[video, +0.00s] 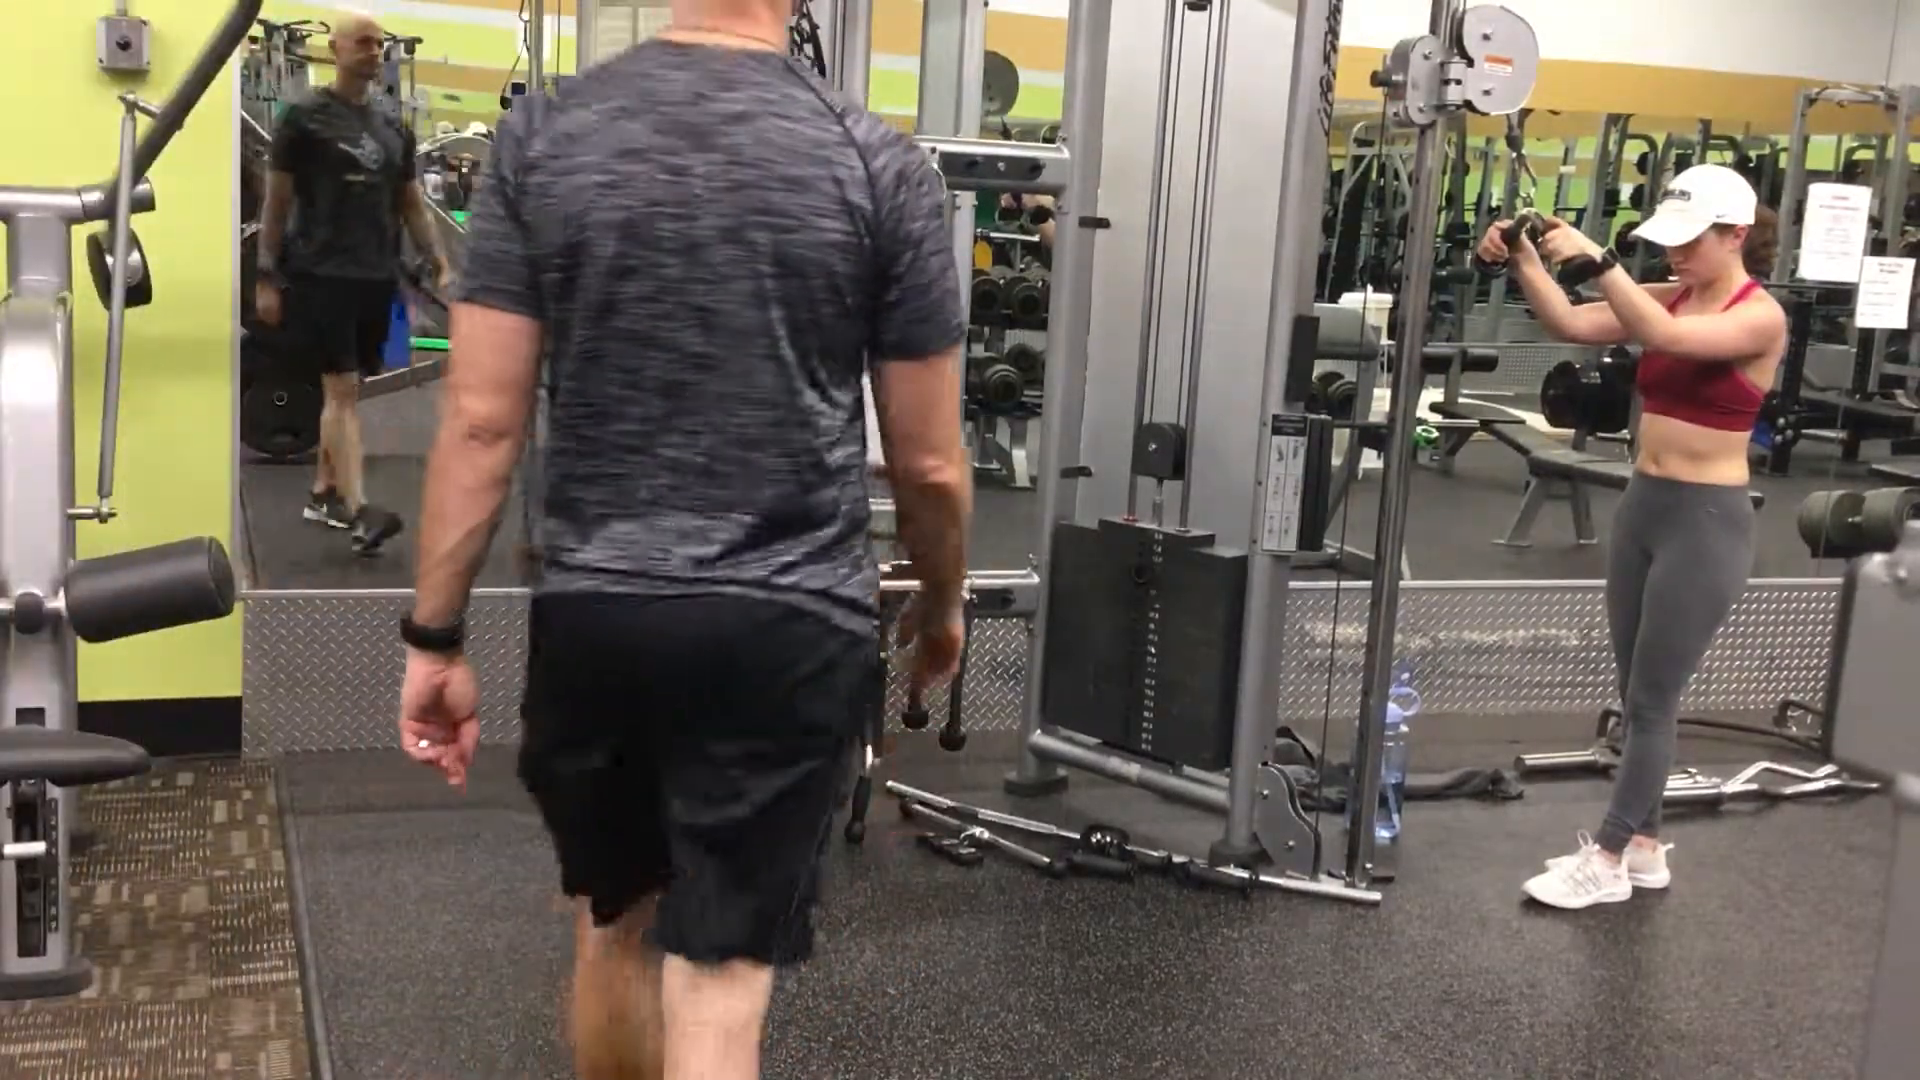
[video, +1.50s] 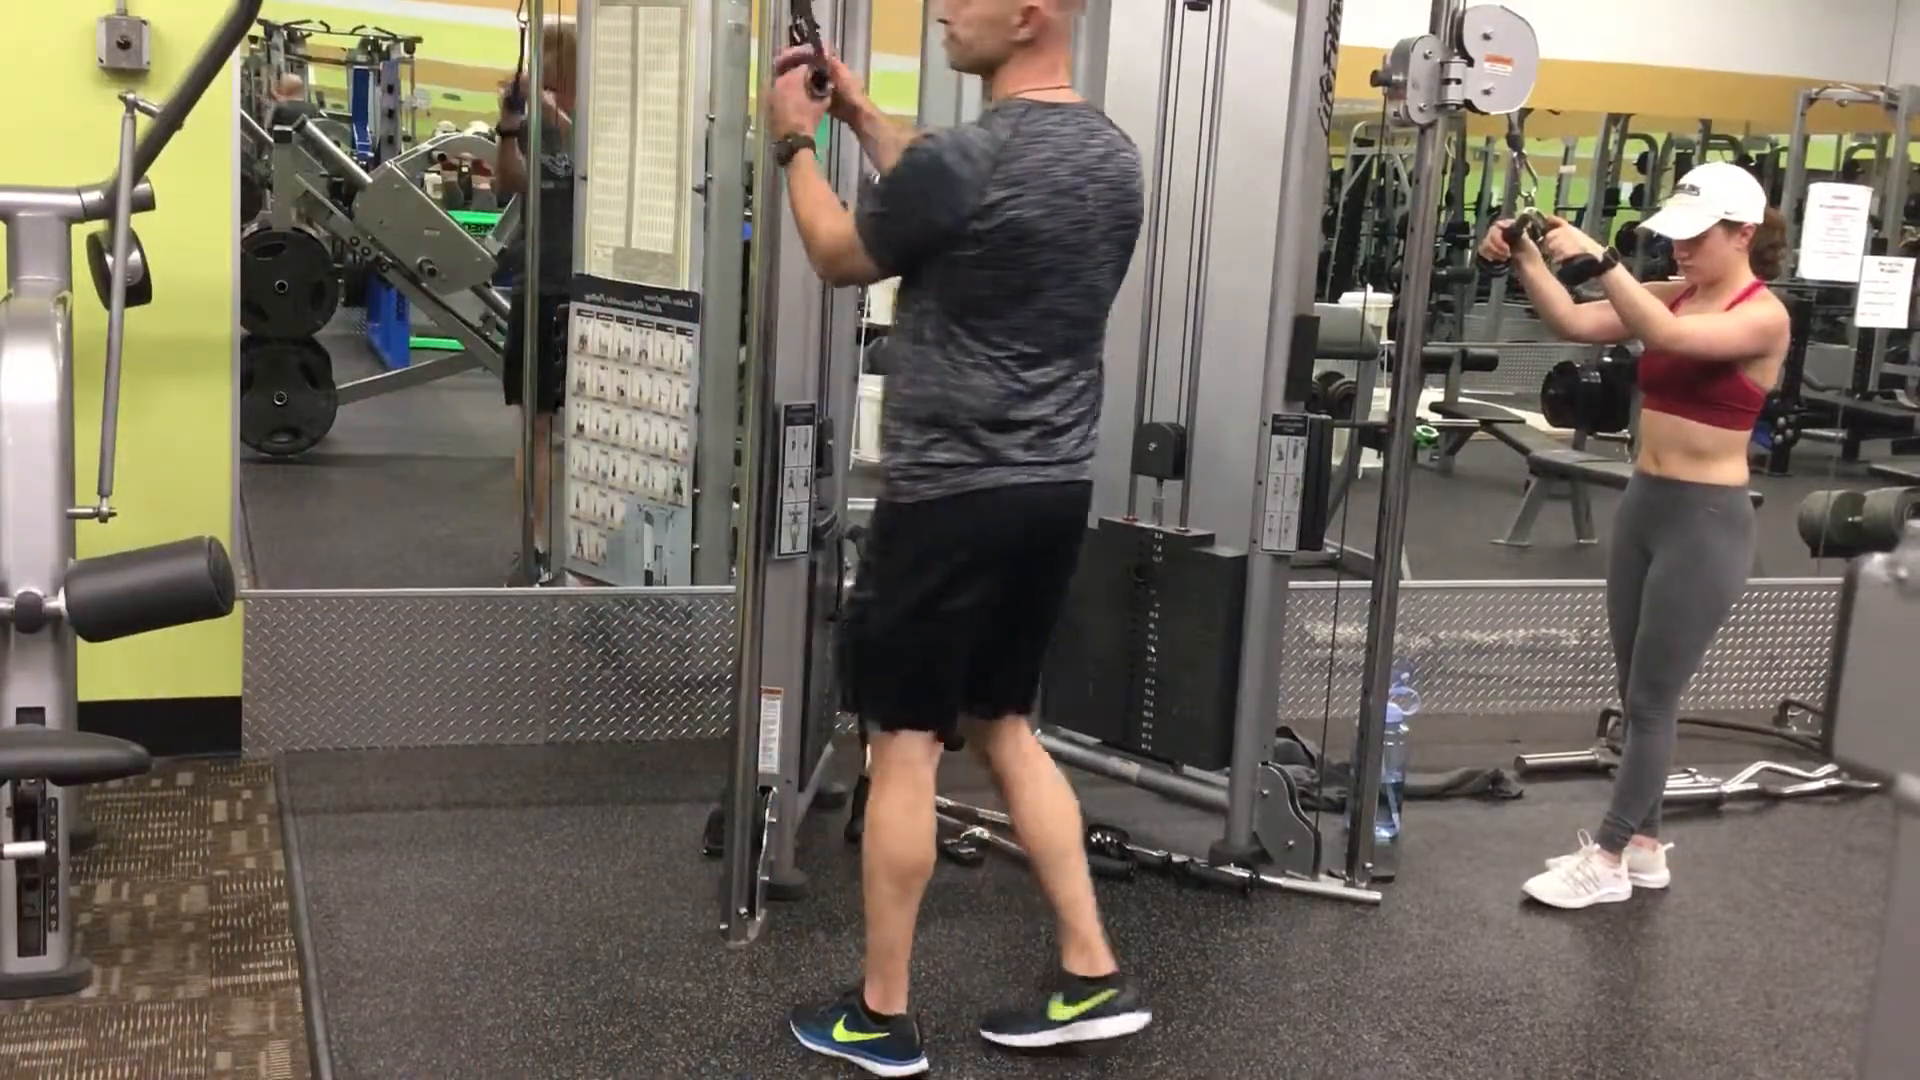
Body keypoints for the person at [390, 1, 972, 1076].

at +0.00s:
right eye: (797, 11)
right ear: (789, 5)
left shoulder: (545, 132)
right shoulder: (880, 162)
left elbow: (483, 419)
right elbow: (929, 466)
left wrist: (436, 636)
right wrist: (942, 609)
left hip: (592, 625)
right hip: (790, 630)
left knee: (611, 921)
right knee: (722, 978)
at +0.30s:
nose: (825, 14)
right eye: (829, 8)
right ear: (818, 5)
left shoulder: (610, 125)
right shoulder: (898, 148)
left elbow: (583, 385)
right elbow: (942, 424)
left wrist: (632, 479)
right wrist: (958, 525)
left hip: (655, 555)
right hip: (830, 572)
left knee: (668, 848)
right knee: (860, 841)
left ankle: (648, 1071)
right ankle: (788, 1073)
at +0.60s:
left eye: (816, 18)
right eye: (901, 19)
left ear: (803, 15)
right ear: (911, 19)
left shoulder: (714, 142)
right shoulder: (976, 164)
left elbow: (725, 300)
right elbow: (1018, 401)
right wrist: (957, 372)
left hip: (743, 538)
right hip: (911, 556)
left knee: (718, 825)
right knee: (922, 820)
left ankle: (666, 1075)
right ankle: (947, 1062)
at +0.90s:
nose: (927, 26)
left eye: (904, 16)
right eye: (979, 16)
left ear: (894, 18)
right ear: (998, 22)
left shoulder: (816, 139)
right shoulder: (1069, 154)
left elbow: (810, 265)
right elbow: (1065, 310)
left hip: (852, 506)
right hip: (1002, 516)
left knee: (813, 736)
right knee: (973, 789)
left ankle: (786, 1015)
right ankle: (951, 1060)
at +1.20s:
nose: (905, 20)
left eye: (910, 9)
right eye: (912, 12)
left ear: (934, 17)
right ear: (1026, 26)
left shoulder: (879, 156)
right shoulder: (1088, 162)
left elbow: (817, 264)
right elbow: (988, 206)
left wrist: (803, 155)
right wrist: (895, 117)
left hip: (882, 500)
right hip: (1021, 505)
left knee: (870, 746)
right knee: (992, 749)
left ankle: (881, 1009)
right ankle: (966, 1030)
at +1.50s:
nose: (944, 12)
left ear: (1031, 16)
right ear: (1050, 23)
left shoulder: (959, 161)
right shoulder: (1114, 159)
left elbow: (838, 255)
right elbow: (964, 199)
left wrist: (795, 144)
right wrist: (860, 112)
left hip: (944, 499)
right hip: (1052, 493)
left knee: (903, 745)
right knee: (1005, 724)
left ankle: (882, 1013)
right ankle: (1091, 972)